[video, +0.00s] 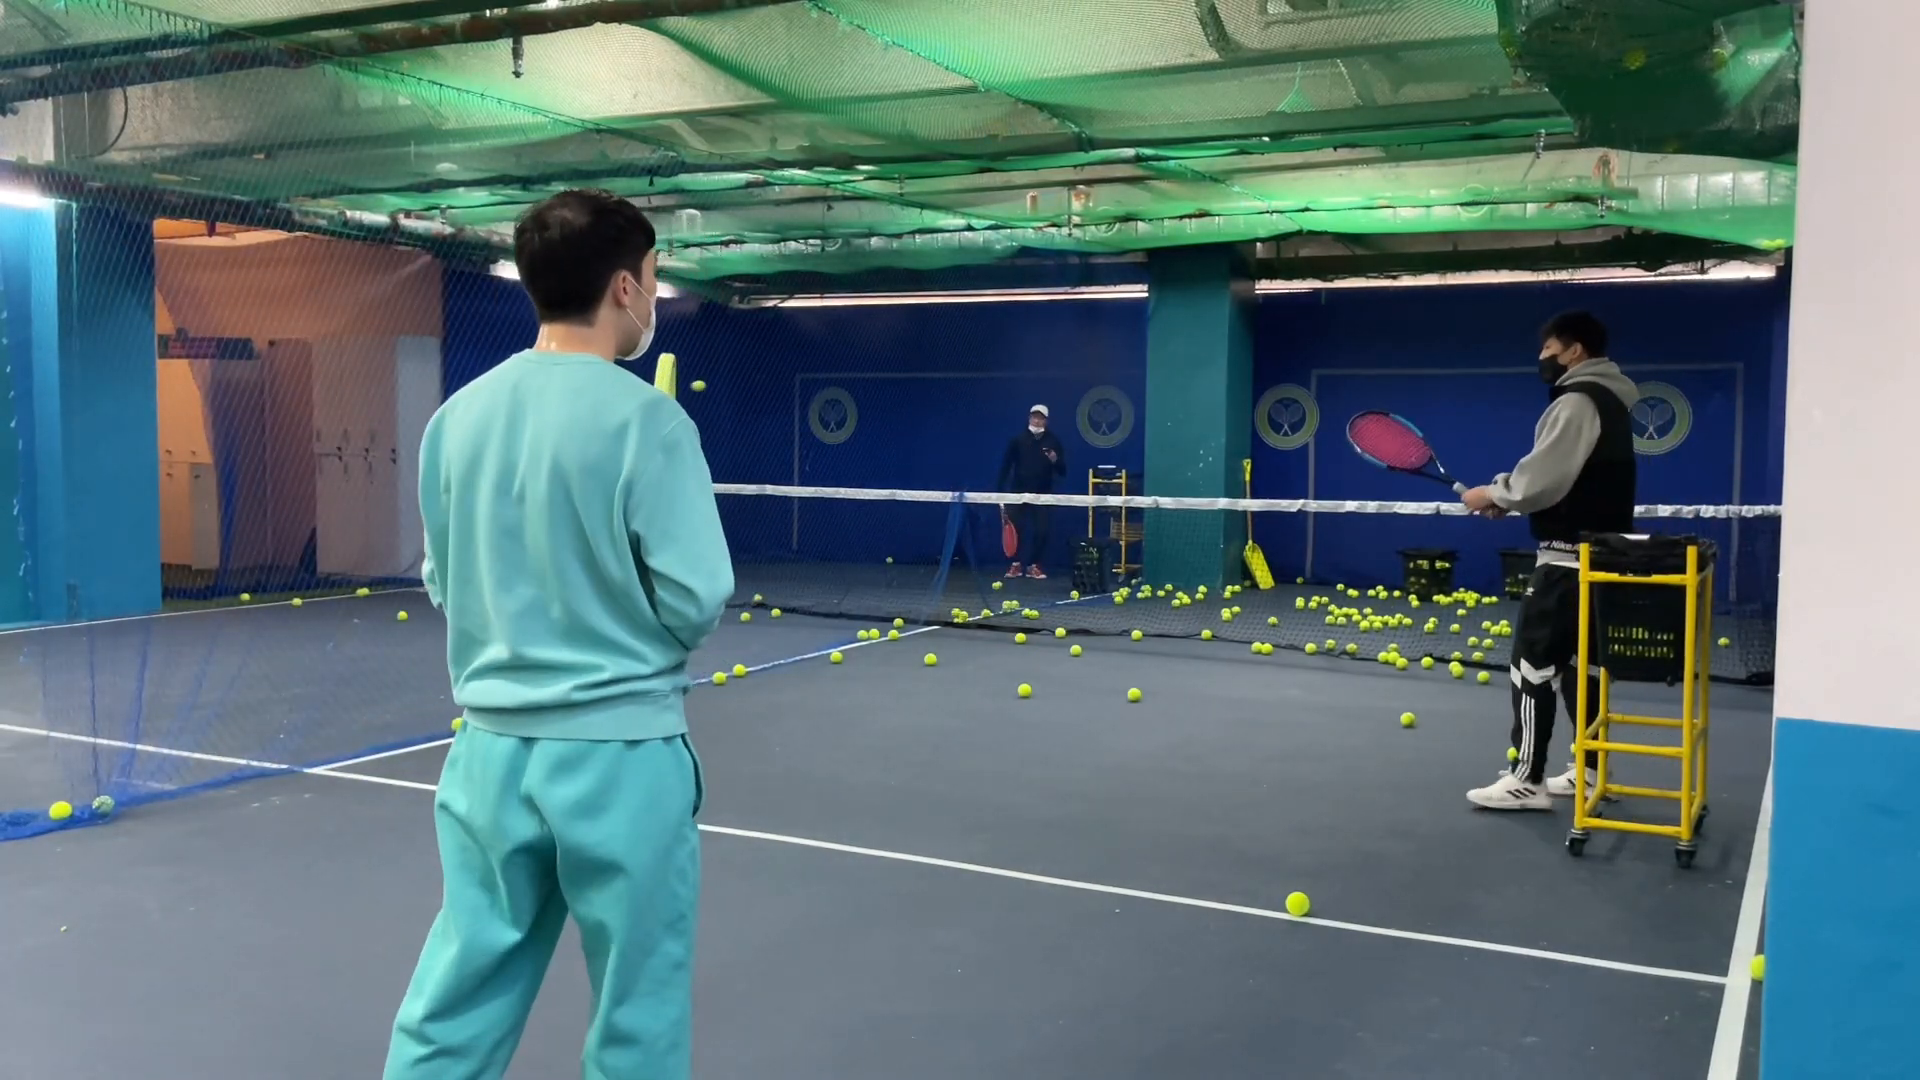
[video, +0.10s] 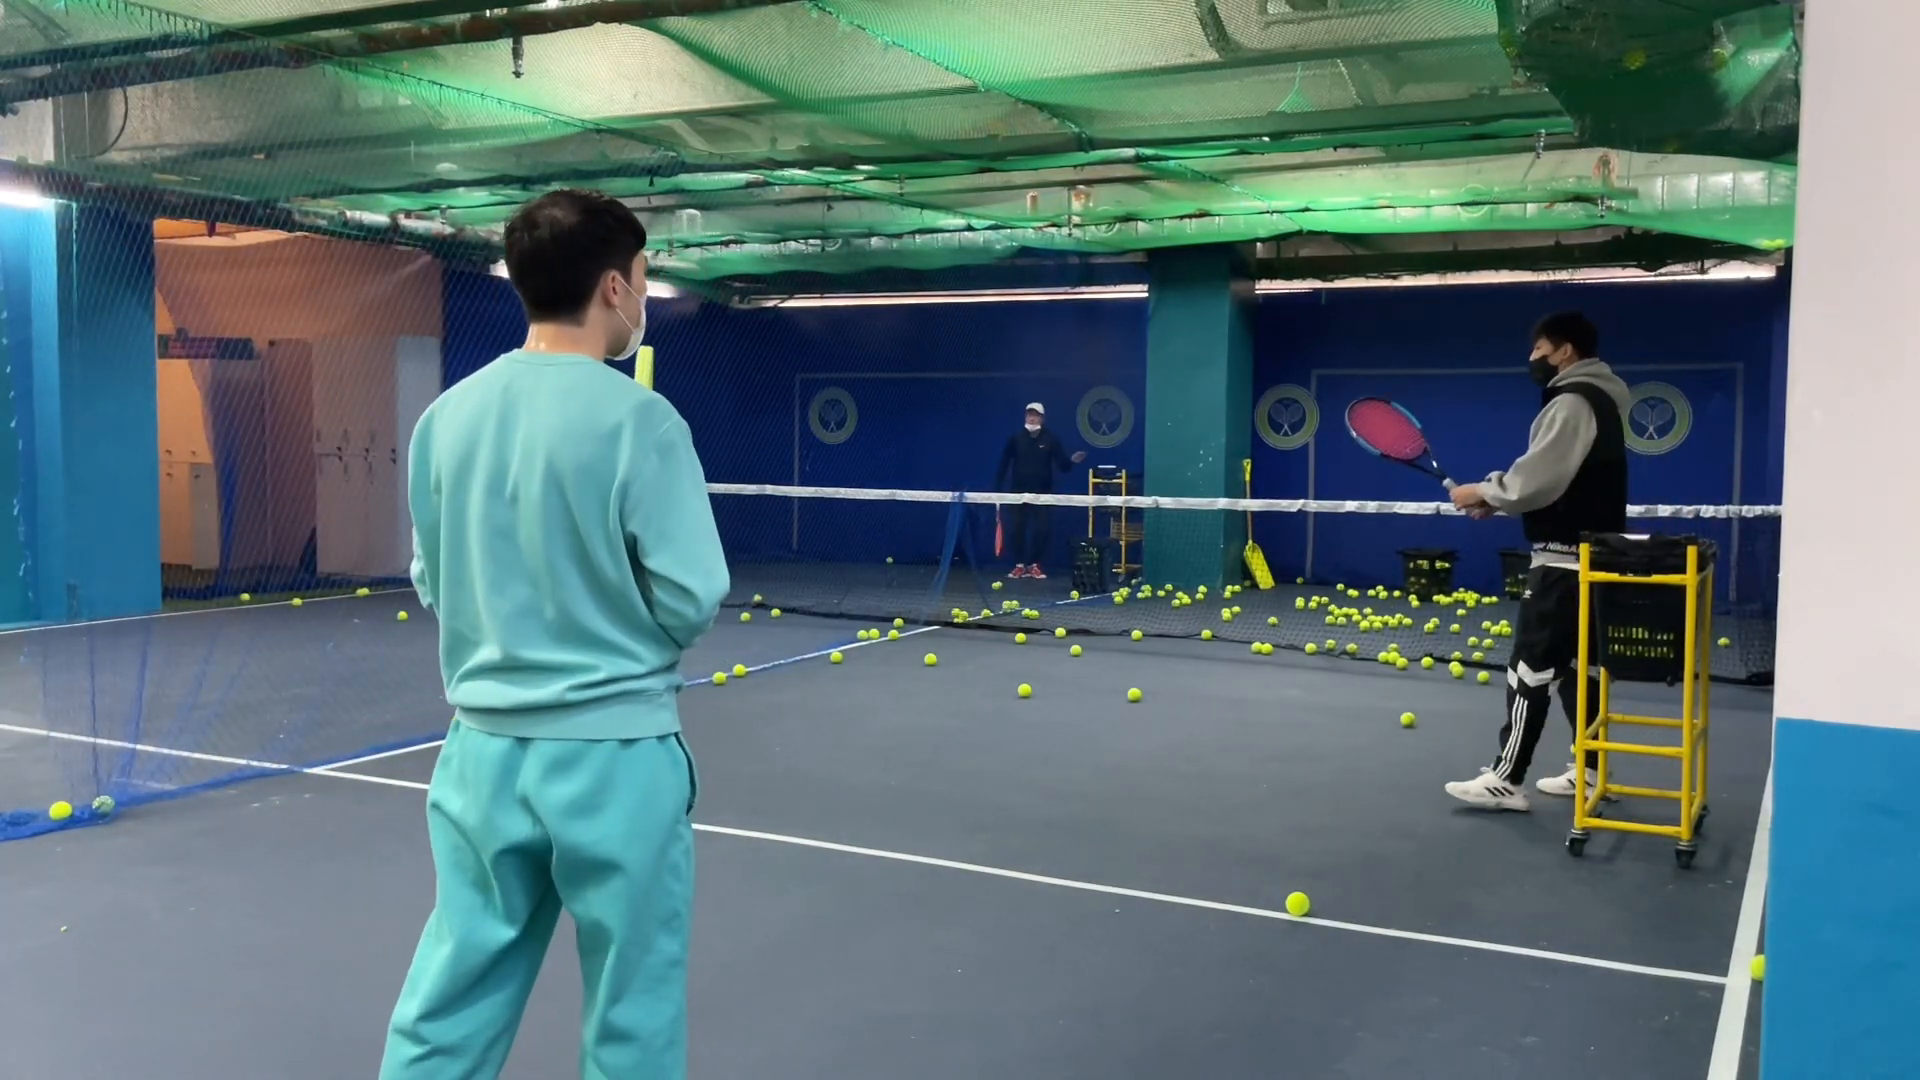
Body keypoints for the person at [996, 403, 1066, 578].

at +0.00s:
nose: (1036, 421)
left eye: (1040, 417)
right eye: (1034, 417)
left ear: (1046, 421)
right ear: (1029, 419)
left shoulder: (1052, 441)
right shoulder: (1019, 440)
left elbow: (1062, 471)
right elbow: (1005, 468)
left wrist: (1055, 461)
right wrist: (1000, 494)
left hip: (1042, 491)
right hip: (1018, 490)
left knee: (1041, 529)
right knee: (1017, 528)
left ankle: (1033, 565)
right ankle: (1016, 563)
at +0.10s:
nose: (1031, 418)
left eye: (1035, 415)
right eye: (1029, 414)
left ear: (1042, 418)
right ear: (1025, 417)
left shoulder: (1049, 439)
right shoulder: (1016, 439)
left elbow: (1063, 467)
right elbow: (1003, 466)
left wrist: (1072, 461)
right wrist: (996, 491)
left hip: (1041, 491)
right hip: (1017, 490)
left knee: (1041, 529)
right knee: (1017, 528)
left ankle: (1034, 565)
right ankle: (1019, 565)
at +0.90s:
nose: (1051, 411)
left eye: (1055, 408)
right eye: (1049, 408)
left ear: (1063, 412)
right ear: (1045, 410)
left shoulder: (1069, 435)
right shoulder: (1036, 432)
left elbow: (1088, 454)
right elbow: (1026, 458)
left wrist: (1098, 469)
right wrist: (1019, 482)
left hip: (1058, 488)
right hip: (1034, 486)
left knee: (1059, 529)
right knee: (1026, 526)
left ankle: (1059, 566)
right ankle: (1026, 564)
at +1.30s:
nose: (1045, 411)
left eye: (1049, 408)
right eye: (1043, 408)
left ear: (1057, 411)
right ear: (1039, 410)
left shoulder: (1066, 433)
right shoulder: (1034, 432)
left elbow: (1076, 454)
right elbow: (1027, 455)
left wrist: (1080, 458)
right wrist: (1020, 473)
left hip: (1057, 485)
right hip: (1034, 485)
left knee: (1058, 527)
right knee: (1026, 525)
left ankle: (1059, 566)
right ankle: (1024, 564)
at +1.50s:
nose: (1040, 412)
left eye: (1044, 409)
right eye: (1038, 409)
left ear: (1052, 412)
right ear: (1035, 412)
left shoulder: (1062, 434)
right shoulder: (1031, 434)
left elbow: (1071, 461)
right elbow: (1025, 458)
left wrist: (1056, 468)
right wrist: (1014, 474)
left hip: (1055, 488)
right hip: (1033, 487)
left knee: (1058, 527)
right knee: (1026, 525)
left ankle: (1063, 564)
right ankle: (1024, 564)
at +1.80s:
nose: (1041, 420)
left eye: (1044, 417)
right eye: (1040, 417)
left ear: (1054, 418)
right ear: (1040, 419)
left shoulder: (1066, 436)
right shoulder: (1045, 439)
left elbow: (1071, 462)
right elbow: (1044, 470)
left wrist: (1051, 470)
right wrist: (1033, 493)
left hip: (1067, 490)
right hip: (1050, 490)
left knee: (1067, 530)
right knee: (1039, 526)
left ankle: (1075, 568)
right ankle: (1029, 563)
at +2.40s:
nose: (1042, 421)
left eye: (1045, 417)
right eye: (1041, 418)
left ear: (1055, 417)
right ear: (1043, 420)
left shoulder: (1071, 433)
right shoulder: (1046, 442)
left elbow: (1088, 453)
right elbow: (1051, 469)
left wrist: (1075, 459)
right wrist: (1044, 469)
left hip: (1078, 487)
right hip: (1059, 487)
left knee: (1075, 528)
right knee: (1050, 525)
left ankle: (1078, 568)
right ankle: (1041, 564)